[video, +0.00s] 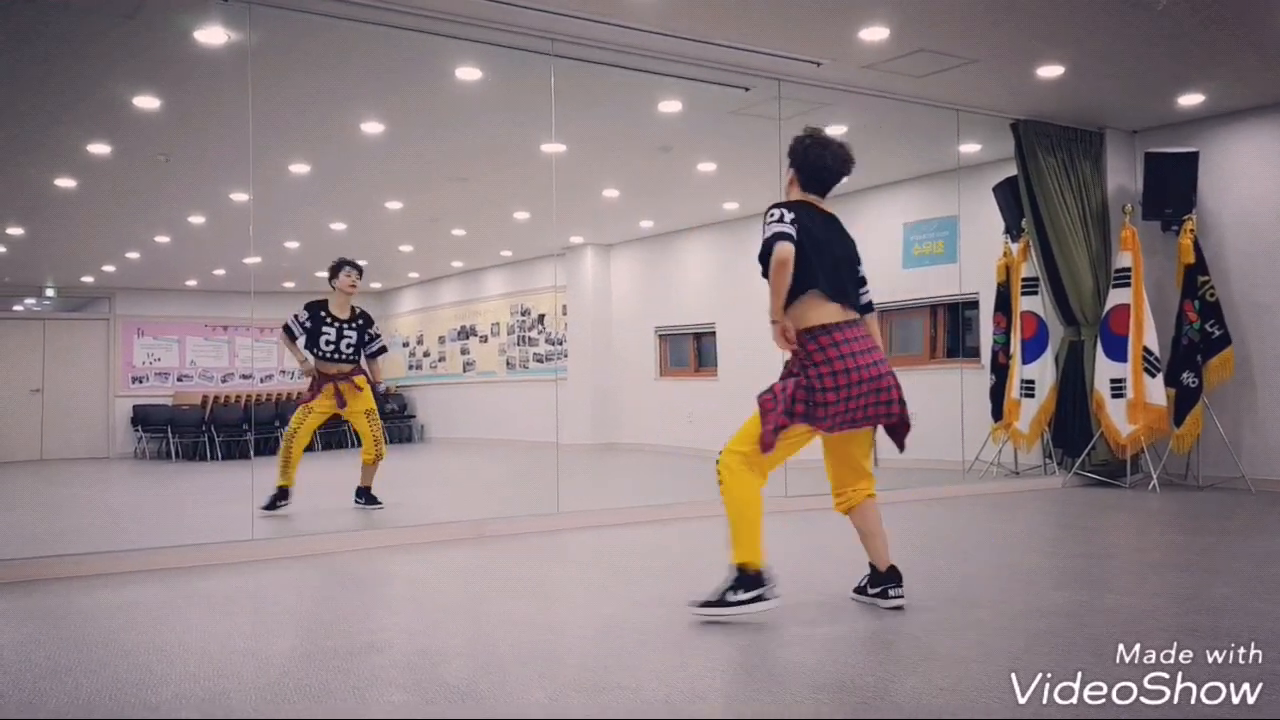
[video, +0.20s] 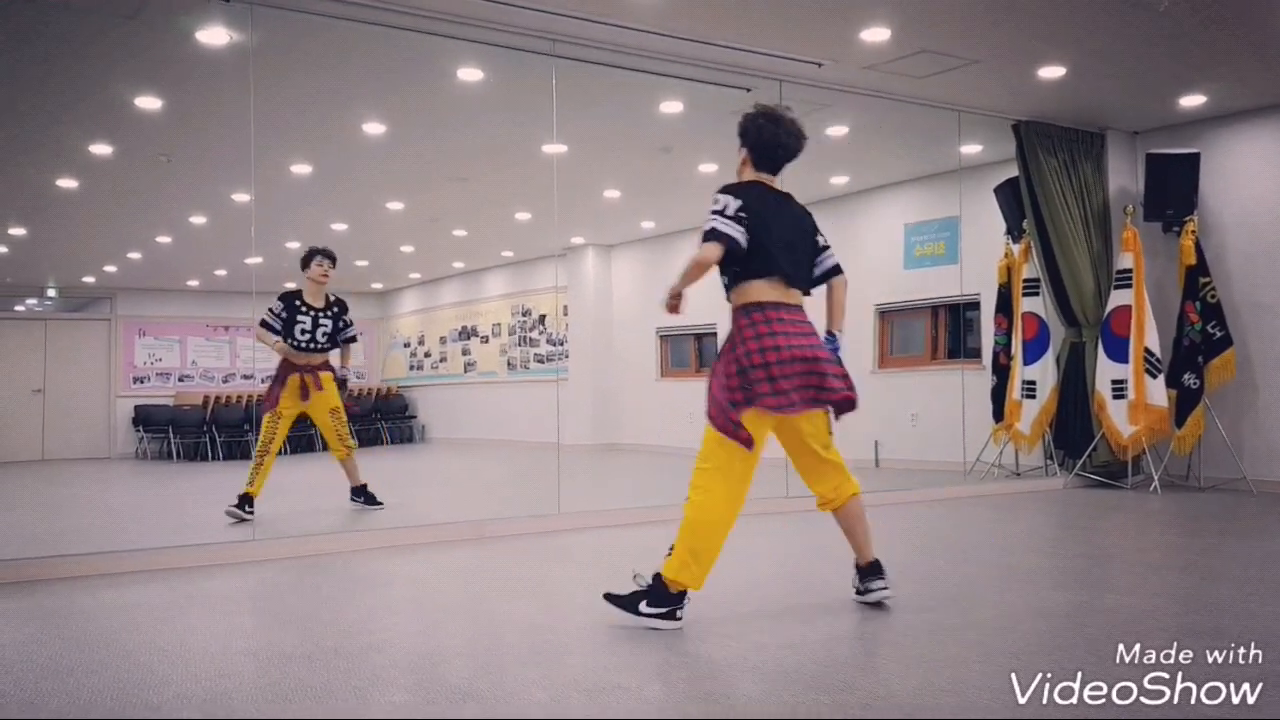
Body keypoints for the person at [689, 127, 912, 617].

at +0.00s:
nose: (784, 177)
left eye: (785, 170)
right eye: (789, 171)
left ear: (792, 175)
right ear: (832, 184)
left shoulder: (783, 214)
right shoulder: (840, 231)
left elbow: (783, 257)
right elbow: (866, 308)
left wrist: (777, 315)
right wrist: (877, 368)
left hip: (824, 370)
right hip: (863, 365)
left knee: (737, 461)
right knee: (854, 484)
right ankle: (885, 575)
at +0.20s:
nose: (736, 155)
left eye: (738, 148)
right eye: (739, 147)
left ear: (746, 153)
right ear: (785, 160)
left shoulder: (735, 196)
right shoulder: (799, 213)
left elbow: (709, 255)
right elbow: (835, 278)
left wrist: (678, 287)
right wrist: (832, 343)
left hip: (755, 342)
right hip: (801, 342)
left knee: (717, 472)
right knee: (823, 461)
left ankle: (670, 589)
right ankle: (870, 568)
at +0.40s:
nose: (691, 136)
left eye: (692, 128)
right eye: (694, 128)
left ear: (699, 133)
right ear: (746, 139)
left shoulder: (673, 185)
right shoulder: (764, 193)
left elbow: (630, 250)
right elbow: (812, 253)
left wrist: (590, 313)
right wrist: (786, 312)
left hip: (695, 333)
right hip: (754, 334)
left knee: (673, 470)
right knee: (750, 467)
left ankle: (662, 592)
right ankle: (760, 574)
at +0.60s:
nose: (662, 140)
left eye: (664, 132)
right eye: (667, 132)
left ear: (672, 138)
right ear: (715, 143)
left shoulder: (656, 190)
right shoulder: (743, 195)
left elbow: (627, 253)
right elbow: (791, 249)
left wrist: (596, 313)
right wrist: (760, 303)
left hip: (669, 337)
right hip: (729, 343)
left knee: (623, 459)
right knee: (697, 472)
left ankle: (644, 579)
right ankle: (687, 597)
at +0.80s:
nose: (644, 149)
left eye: (645, 140)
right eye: (647, 140)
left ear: (654, 145)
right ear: (699, 147)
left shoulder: (650, 200)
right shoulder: (723, 205)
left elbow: (664, 271)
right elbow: (763, 273)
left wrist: (615, 298)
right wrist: (755, 334)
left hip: (663, 346)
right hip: (718, 348)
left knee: (595, 459)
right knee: (704, 488)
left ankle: (625, 570)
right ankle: (691, 611)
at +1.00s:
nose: (623, 177)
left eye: (621, 166)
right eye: (621, 166)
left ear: (632, 164)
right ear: (670, 154)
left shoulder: (641, 213)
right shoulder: (714, 209)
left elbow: (607, 286)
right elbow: (746, 280)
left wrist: (552, 314)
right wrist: (736, 344)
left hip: (667, 347)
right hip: (723, 352)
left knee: (622, 482)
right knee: (683, 485)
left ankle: (641, 595)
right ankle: (702, 548)